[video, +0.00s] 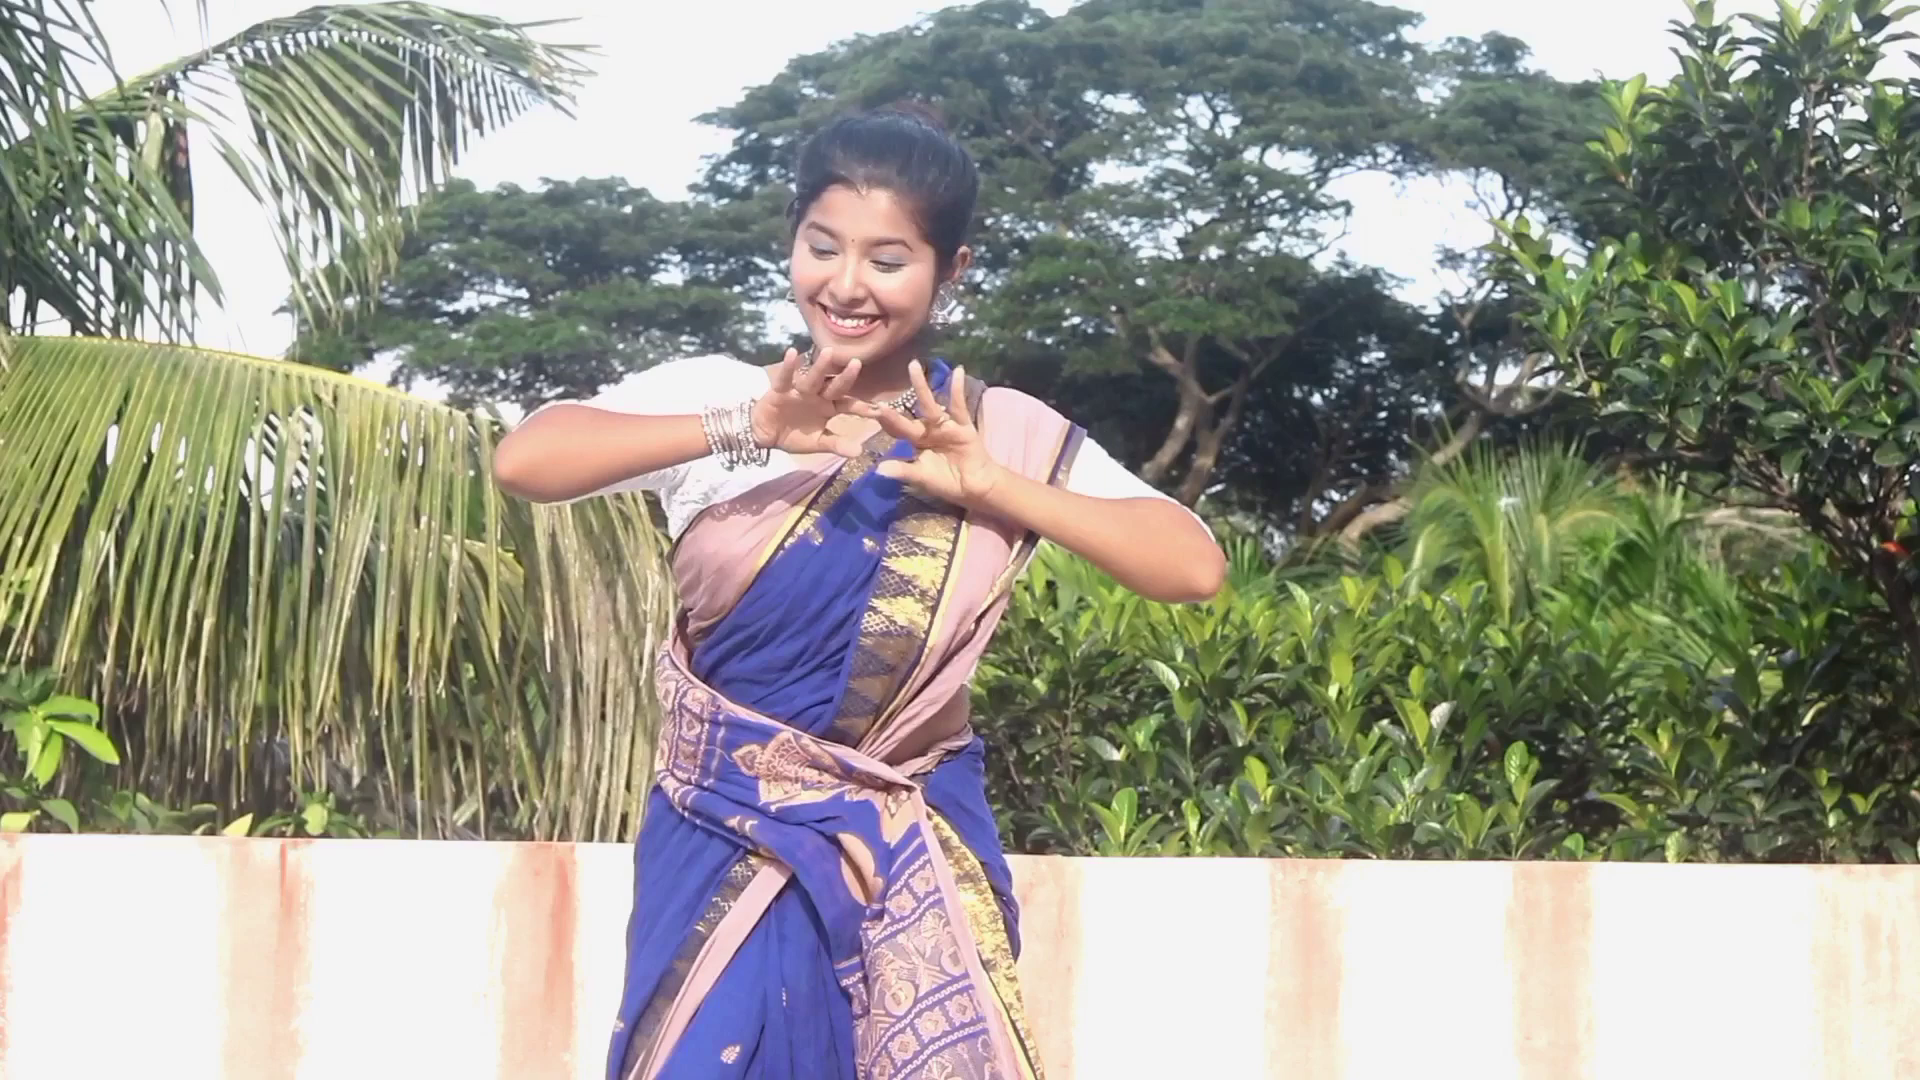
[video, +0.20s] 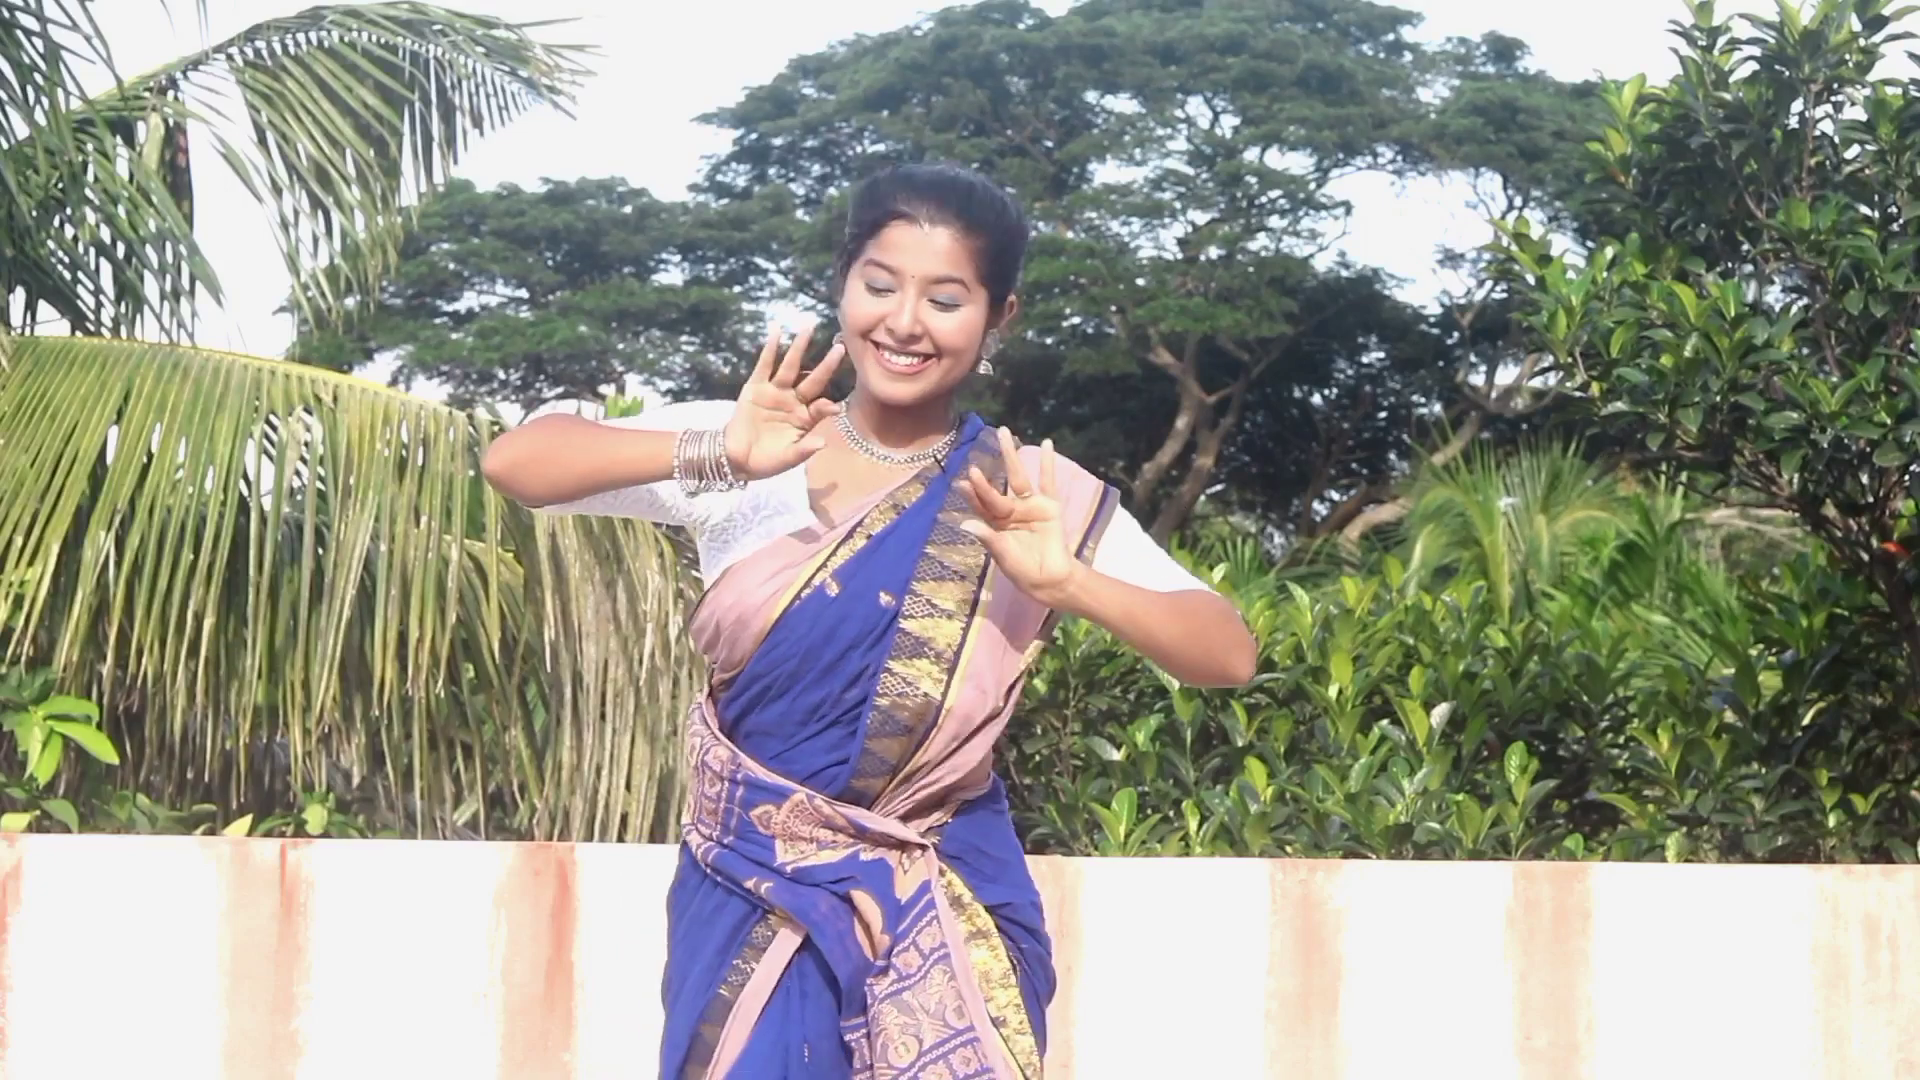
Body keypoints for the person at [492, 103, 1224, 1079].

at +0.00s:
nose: (847, 285)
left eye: (889, 259)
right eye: (823, 247)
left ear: (948, 272)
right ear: (791, 242)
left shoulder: (1006, 429)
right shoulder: (729, 390)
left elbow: (1196, 565)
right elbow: (523, 460)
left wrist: (996, 487)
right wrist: (746, 426)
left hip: (916, 838)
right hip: (723, 831)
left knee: (944, 1058)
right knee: (704, 1057)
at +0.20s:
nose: (906, 322)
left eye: (945, 296)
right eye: (881, 284)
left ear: (993, 321)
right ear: (842, 291)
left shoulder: (1034, 483)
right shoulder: (757, 442)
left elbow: (1233, 655)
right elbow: (510, 463)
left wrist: (1069, 584)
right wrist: (714, 452)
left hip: (946, 894)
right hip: (749, 883)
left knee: (968, 1056)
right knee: (762, 1054)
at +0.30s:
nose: (938, 339)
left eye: (978, 317)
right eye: (913, 301)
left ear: (1020, 344)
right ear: (868, 307)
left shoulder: (1052, 512)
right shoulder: (763, 469)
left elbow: (1240, 698)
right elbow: (512, 465)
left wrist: (1125, 632)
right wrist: (704, 447)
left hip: (963, 906)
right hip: (767, 898)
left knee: (981, 1061)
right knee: (772, 1061)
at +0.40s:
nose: (1011, 371)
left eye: (1045, 352)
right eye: (985, 332)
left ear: (1067, 385)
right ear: (919, 334)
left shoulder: (1078, 560)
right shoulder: (775, 480)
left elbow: (1231, 759)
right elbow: (527, 457)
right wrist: (655, 423)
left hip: (973, 930)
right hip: (781, 925)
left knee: (994, 1065)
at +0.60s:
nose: (1085, 423)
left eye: (1111, 411)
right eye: (1060, 382)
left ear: (1114, 442)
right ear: (976, 376)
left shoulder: (1089, 603)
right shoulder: (819, 508)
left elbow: (1234, 748)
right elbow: (607, 453)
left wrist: (1355, 799)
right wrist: (595, 347)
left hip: (985, 973)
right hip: (799, 973)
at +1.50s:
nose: (1057, 362)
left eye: (1083, 339)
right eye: (1023, 331)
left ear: (1103, 368)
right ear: (955, 348)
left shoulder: (1113, 557)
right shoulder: (824, 474)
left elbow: (1273, 652)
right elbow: (605, 429)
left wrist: (1378, 665)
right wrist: (627, 413)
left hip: (1008, 909)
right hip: (818, 909)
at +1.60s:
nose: (1017, 352)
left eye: (1042, 324)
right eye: (979, 326)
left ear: (1071, 349)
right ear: (918, 353)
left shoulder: (1104, 544)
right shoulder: (833, 484)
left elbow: (1331, 644)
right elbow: (631, 464)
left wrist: (1296, 619)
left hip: (1010, 918)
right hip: (822, 912)